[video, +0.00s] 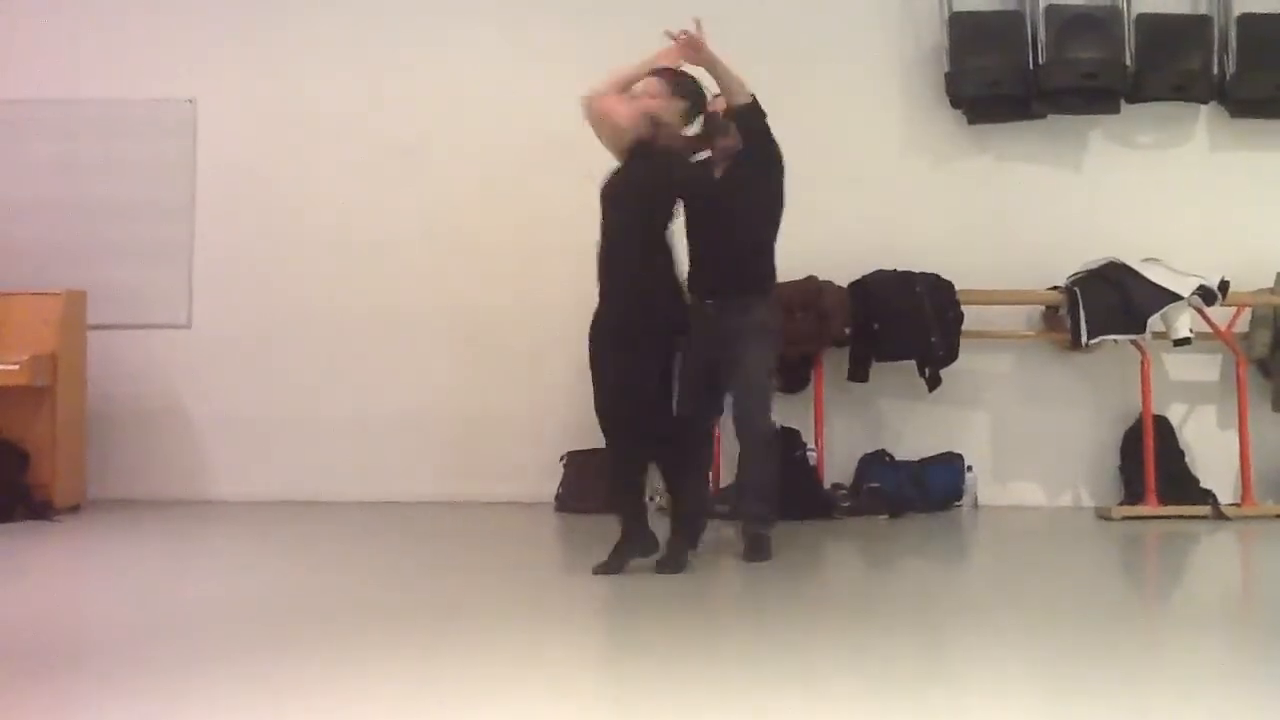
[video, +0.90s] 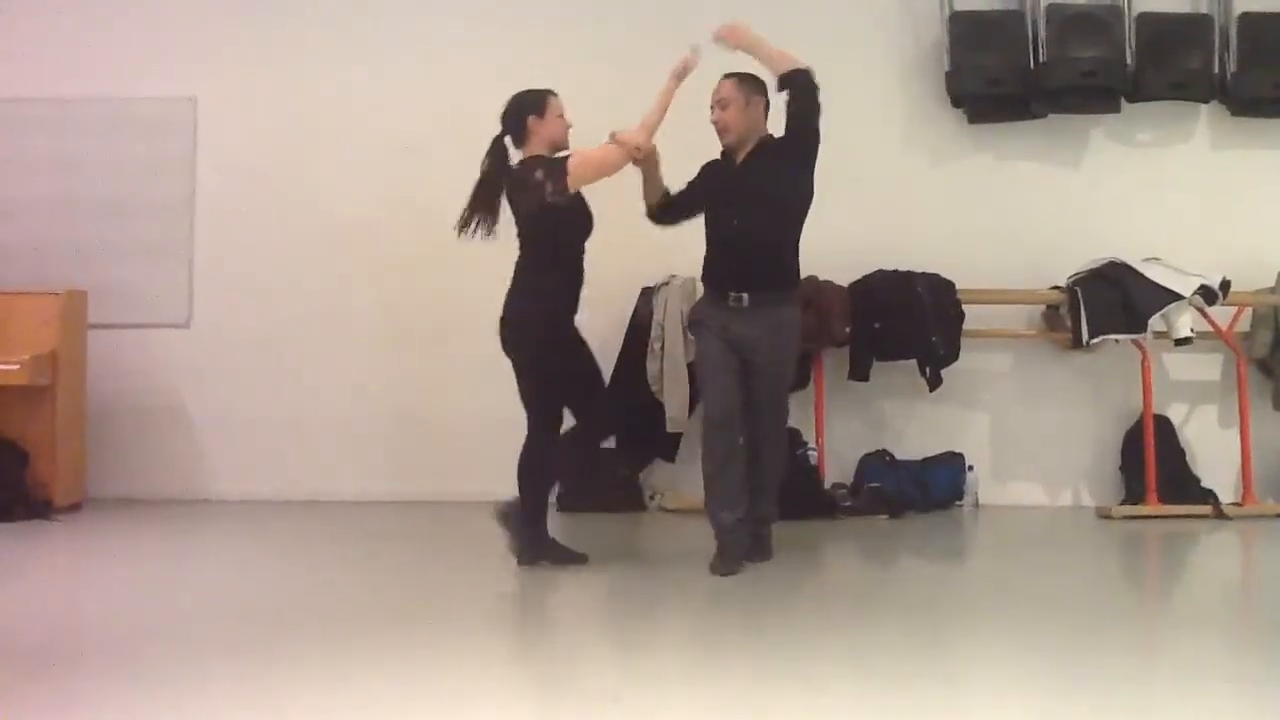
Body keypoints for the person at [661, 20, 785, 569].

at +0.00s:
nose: (715, 136)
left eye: (723, 127)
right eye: (710, 130)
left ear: (742, 128)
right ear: (705, 135)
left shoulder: (765, 164)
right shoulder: (694, 169)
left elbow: (746, 103)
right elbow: (650, 148)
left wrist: (709, 59)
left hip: (753, 310)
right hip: (703, 311)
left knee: (753, 422)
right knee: (692, 422)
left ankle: (757, 527)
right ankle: (686, 528)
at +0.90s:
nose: (714, 116)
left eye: (724, 106)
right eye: (712, 108)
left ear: (758, 109)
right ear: (718, 116)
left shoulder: (792, 157)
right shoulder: (716, 172)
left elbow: (802, 82)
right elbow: (661, 213)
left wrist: (749, 40)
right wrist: (649, 164)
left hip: (773, 315)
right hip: (717, 316)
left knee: (768, 425)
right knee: (720, 424)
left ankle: (760, 527)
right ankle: (729, 537)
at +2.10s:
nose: (744, 100)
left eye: (754, 90)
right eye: (743, 92)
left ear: (792, 94)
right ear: (750, 100)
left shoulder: (838, 161)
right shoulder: (734, 161)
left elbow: (852, 232)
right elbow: (681, 210)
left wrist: (811, 240)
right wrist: (672, 154)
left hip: (812, 313)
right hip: (748, 313)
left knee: (808, 423)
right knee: (750, 429)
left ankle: (796, 541)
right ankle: (756, 539)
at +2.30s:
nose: (749, 96)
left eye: (759, 87)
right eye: (747, 89)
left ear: (796, 92)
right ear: (752, 99)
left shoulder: (838, 162)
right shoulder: (737, 157)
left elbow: (851, 237)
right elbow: (680, 195)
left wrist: (800, 242)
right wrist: (683, 129)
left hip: (818, 311)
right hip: (754, 309)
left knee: (807, 428)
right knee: (752, 427)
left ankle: (792, 542)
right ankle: (753, 536)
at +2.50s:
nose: (752, 104)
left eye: (762, 94)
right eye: (750, 96)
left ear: (799, 99)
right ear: (754, 104)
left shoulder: (845, 168)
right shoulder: (742, 168)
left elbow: (864, 243)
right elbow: (690, 214)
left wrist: (814, 242)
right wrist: (687, 150)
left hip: (824, 320)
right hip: (759, 318)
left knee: (814, 435)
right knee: (738, 422)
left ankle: (794, 547)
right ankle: (746, 528)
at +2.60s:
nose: (751, 102)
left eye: (762, 92)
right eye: (750, 94)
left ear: (799, 96)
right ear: (756, 102)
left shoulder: (846, 165)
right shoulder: (742, 168)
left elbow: (868, 239)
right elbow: (694, 218)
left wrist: (819, 247)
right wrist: (686, 154)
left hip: (824, 319)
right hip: (758, 317)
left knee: (815, 433)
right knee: (728, 410)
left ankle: (792, 542)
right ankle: (738, 520)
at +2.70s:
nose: (749, 105)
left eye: (761, 95)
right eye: (748, 97)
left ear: (798, 100)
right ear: (753, 106)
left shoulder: (846, 169)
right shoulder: (741, 174)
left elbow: (870, 242)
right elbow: (693, 225)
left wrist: (819, 251)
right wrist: (682, 167)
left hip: (823, 323)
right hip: (757, 320)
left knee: (814, 437)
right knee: (726, 414)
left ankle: (793, 545)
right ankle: (698, 536)